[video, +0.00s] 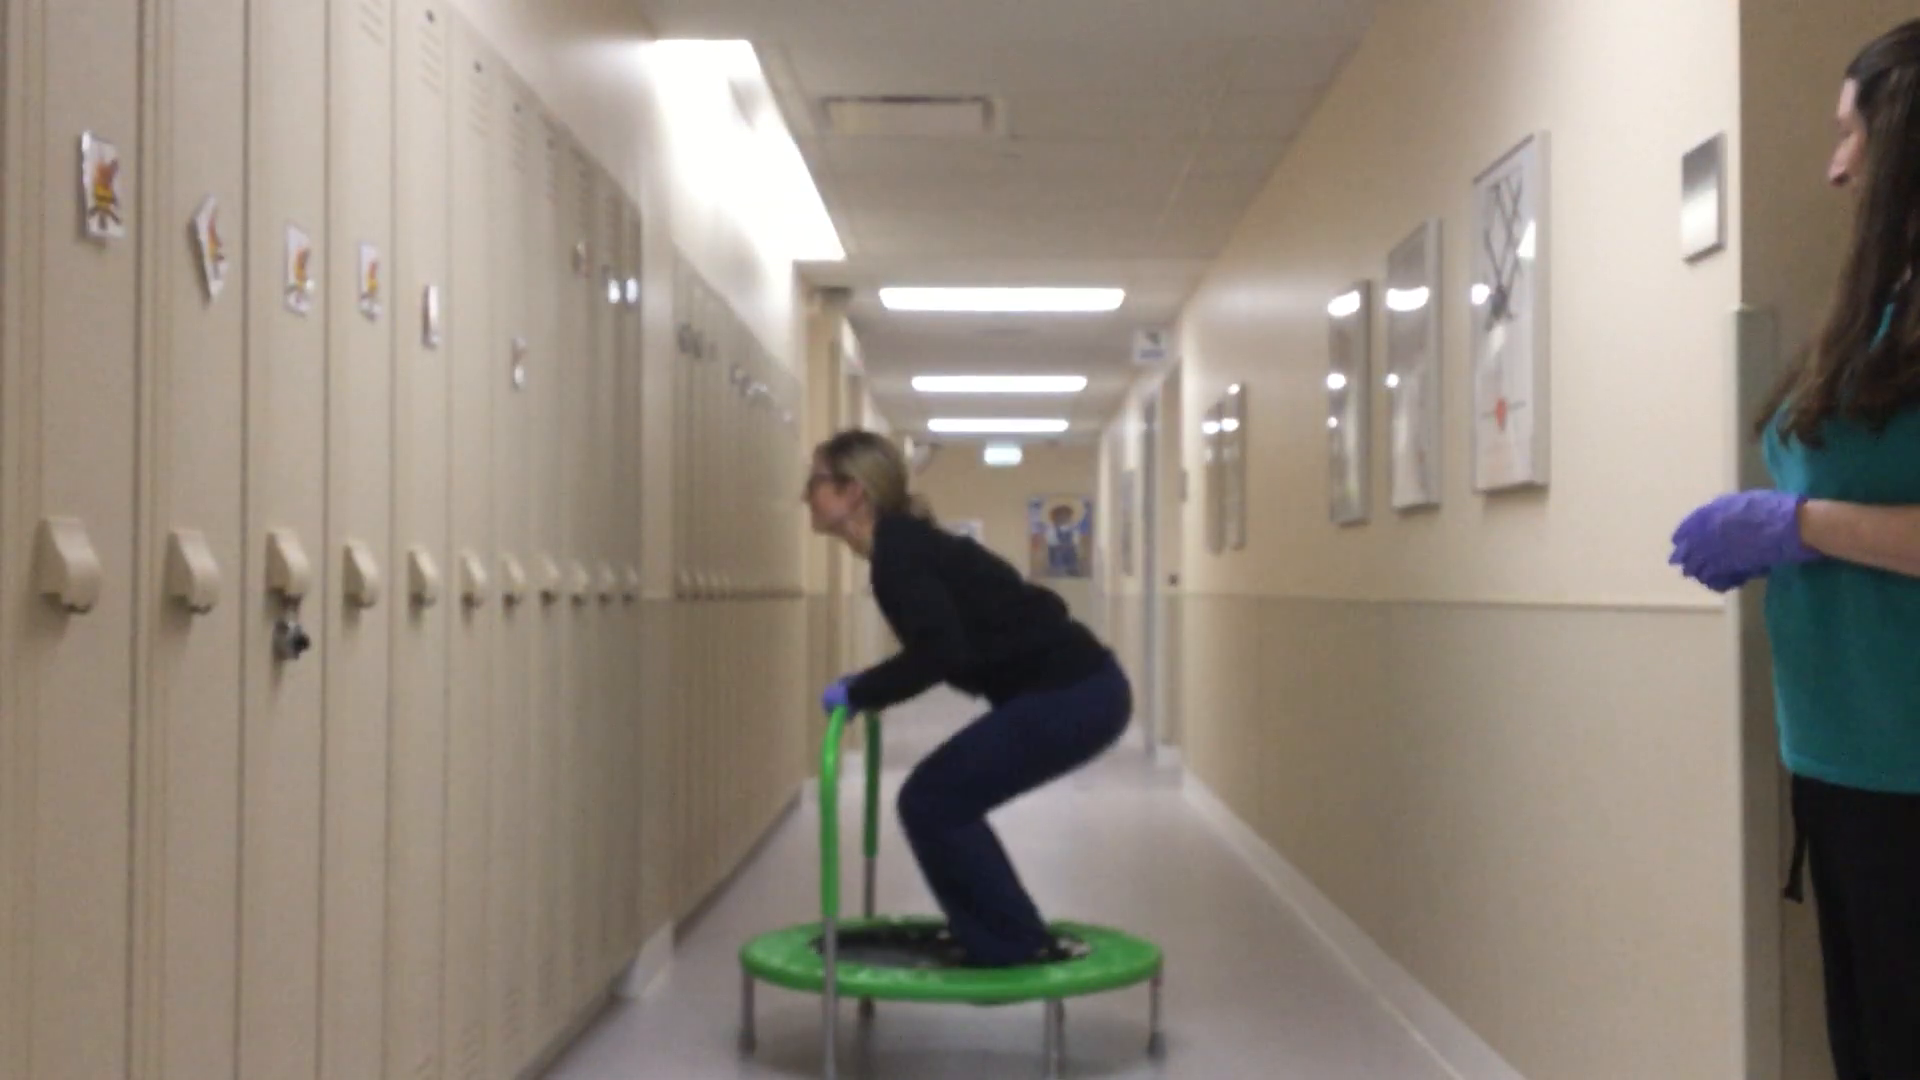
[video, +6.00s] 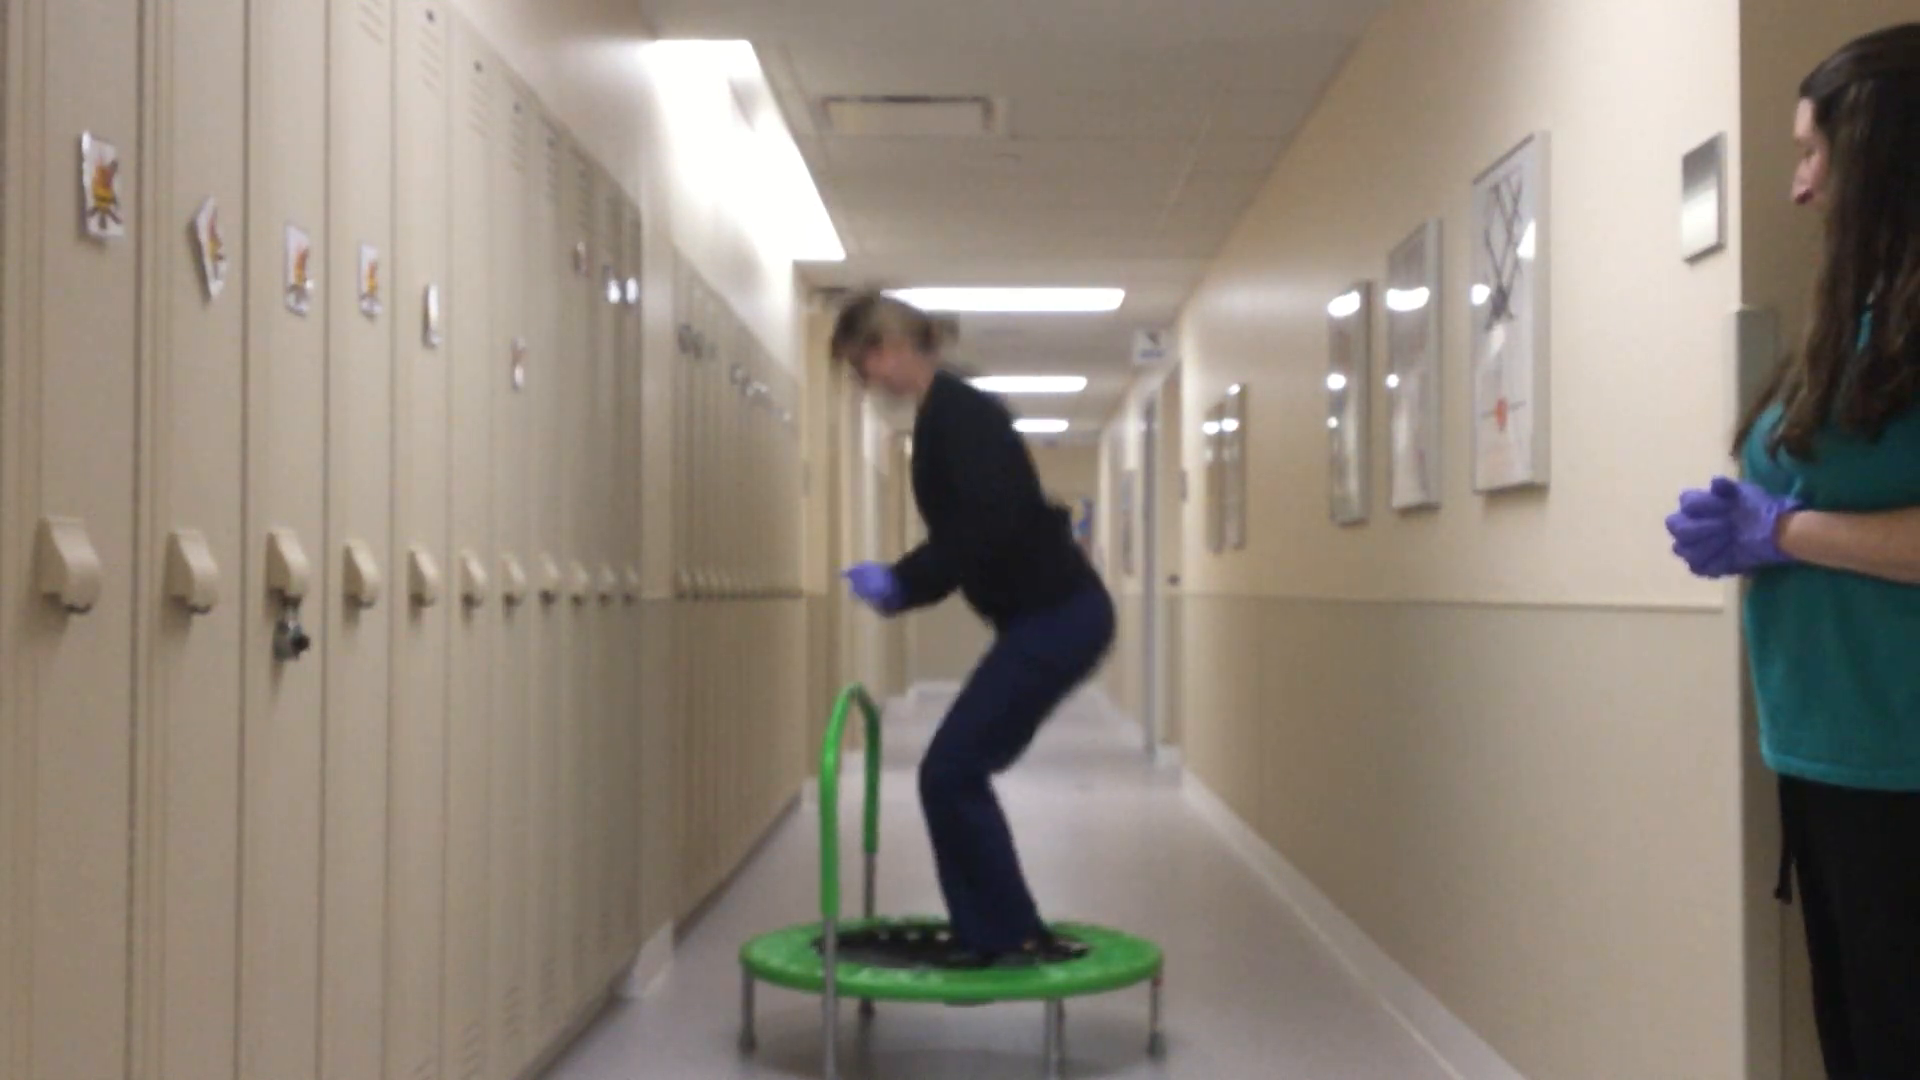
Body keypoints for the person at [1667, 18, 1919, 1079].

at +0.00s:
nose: (1836, 166)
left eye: (1853, 133)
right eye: (1840, 133)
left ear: (1904, 140)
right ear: (1884, 142)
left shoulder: (1907, 314)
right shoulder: (1871, 311)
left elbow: (1913, 530)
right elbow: (1867, 507)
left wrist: (1795, 520)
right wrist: (1771, 526)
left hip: (1899, 764)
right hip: (1837, 755)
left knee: (1894, 1040)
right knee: (1861, 1038)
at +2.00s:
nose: (1827, 151)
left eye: (1855, 121)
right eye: (1826, 126)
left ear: (1918, 135)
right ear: (1842, 142)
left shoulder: (1908, 311)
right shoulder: (1853, 310)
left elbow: (1914, 530)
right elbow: (1792, 465)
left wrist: (1780, 518)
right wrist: (1742, 508)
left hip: (1891, 758)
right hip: (1812, 751)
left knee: (1889, 1040)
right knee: (1835, 1037)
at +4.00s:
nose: (1888, 146)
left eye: (1910, 122)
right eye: (1868, 125)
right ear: (1844, 147)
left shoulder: (1919, 295)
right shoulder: (1846, 296)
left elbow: (1915, 523)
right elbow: (1805, 467)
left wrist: (1798, 519)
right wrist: (1753, 502)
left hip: (1899, 743)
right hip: (1824, 735)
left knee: (1898, 1030)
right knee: (1859, 1027)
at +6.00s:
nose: (1795, 182)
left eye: (1808, 151)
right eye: (1796, 153)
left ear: (1874, 153)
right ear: (1876, 160)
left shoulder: (1906, 330)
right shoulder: (1846, 324)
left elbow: (1915, 536)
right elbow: (1816, 486)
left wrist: (1784, 531)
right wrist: (1752, 520)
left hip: (1896, 763)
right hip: (1821, 755)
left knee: (1894, 1042)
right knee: (1850, 1041)